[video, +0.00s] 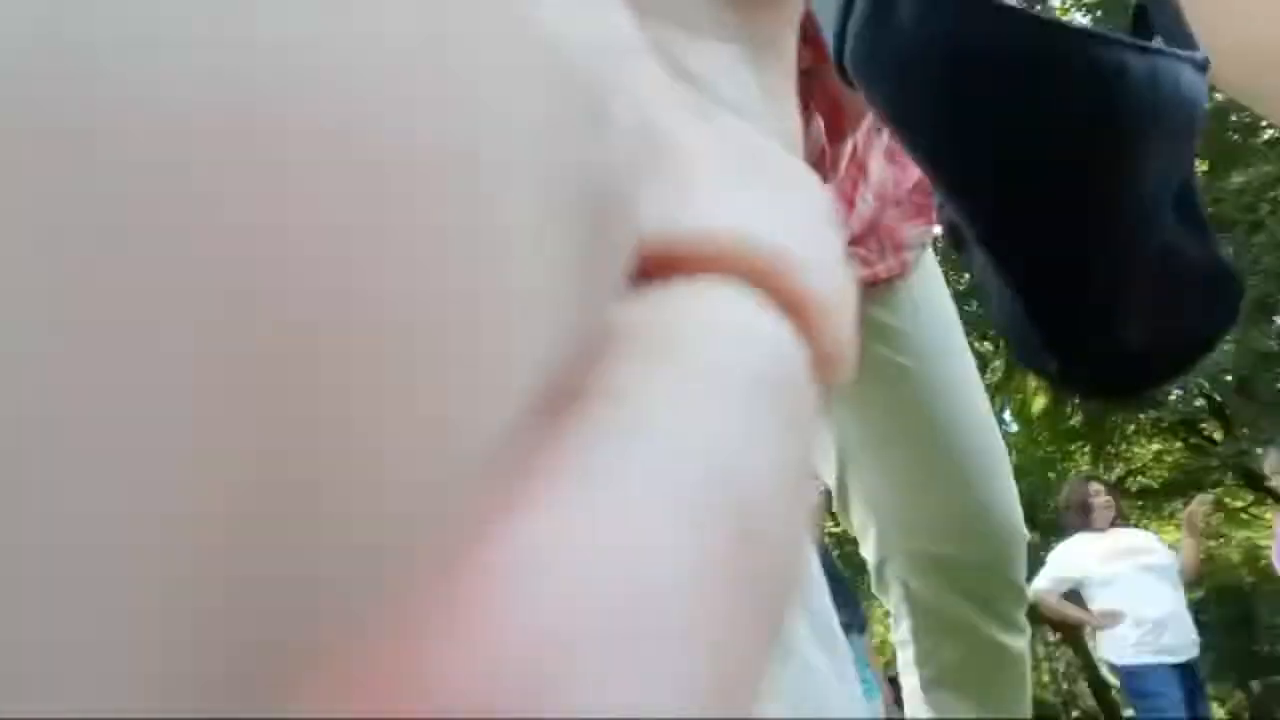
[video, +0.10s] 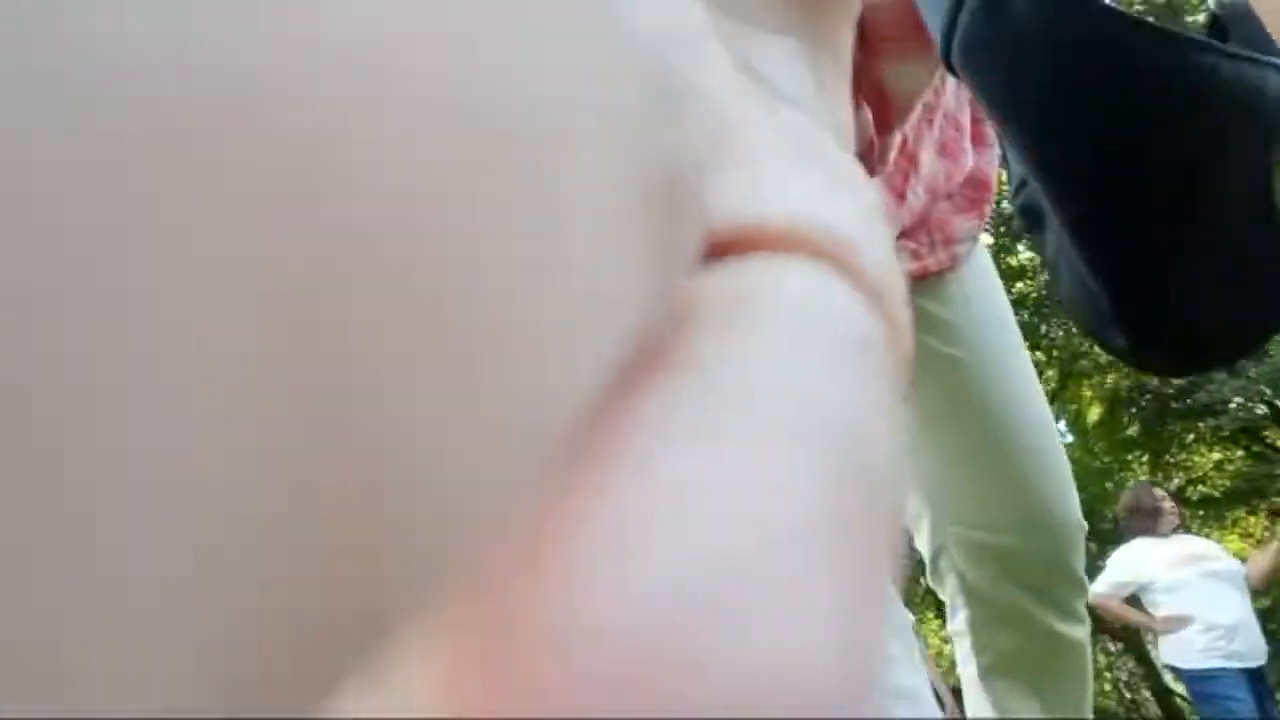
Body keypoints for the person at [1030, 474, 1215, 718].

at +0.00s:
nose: (1107, 500)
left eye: (1108, 494)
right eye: (1096, 495)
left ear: (1114, 499)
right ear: (1080, 505)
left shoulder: (1143, 537)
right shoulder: (1075, 548)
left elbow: (1188, 574)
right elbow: (1040, 593)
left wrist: (1191, 529)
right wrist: (1088, 618)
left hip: (1183, 649)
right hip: (1138, 656)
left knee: (1198, 713)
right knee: (1170, 713)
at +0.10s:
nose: (1172, 504)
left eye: (1171, 498)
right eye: (1161, 500)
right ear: (1143, 510)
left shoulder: (1203, 544)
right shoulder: (1135, 552)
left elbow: (1253, 577)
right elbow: (1098, 598)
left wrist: (1276, 543)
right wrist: (1151, 623)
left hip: (1250, 656)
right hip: (1204, 661)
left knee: (1267, 713)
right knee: (1240, 714)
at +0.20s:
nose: (1229, 522)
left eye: (1225, 517)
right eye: (1221, 518)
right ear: (1207, 528)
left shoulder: (1249, 564)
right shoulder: (1191, 570)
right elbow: (1153, 614)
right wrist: (1206, 644)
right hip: (1253, 684)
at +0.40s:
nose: (1224, 605)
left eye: (1219, 599)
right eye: (1216, 600)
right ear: (1201, 609)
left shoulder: (1248, 646)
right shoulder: (1185, 647)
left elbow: (1153, 687)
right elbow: (1152, 686)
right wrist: (1193, 715)